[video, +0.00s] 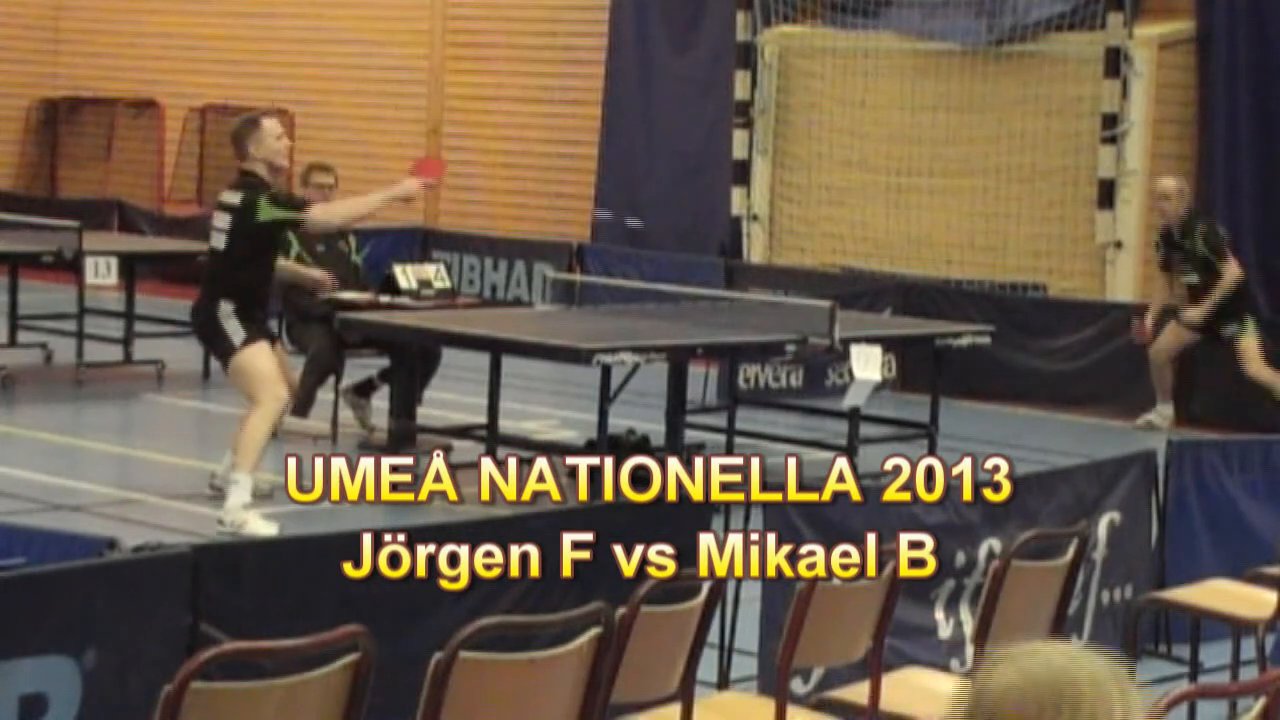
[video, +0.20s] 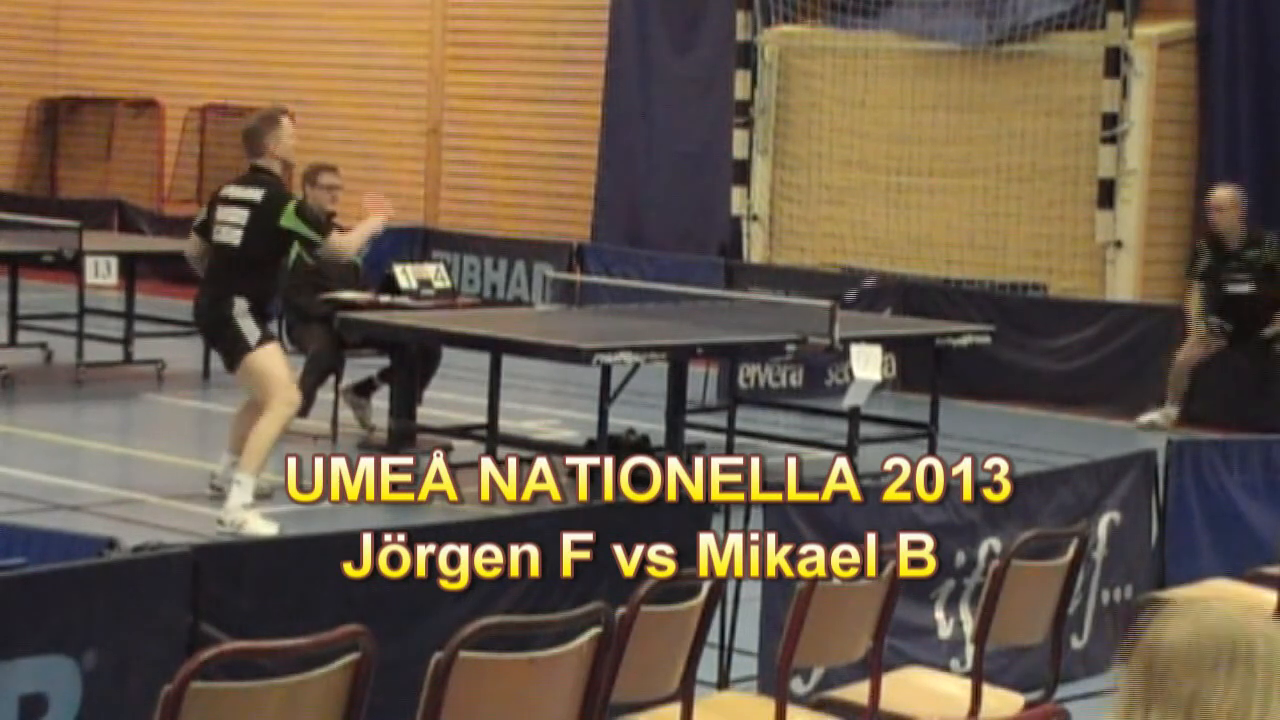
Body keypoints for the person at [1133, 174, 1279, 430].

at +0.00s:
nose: (1162, 205)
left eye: (1168, 199)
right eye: (1159, 199)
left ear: (1184, 200)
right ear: (1155, 202)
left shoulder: (1205, 230)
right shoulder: (1166, 237)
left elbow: (1233, 272)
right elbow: (1166, 286)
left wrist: (1202, 309)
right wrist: (1150, 317)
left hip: (1234, 310)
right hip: (1199, 310)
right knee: (1158, 352)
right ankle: (1164, 411)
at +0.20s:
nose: (1213, 217)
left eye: (1220, 210)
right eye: (1210, 210)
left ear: (1239, 212)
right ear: (1206, 212)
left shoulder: (1265, 244)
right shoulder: (1207, 248)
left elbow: (1276, 286)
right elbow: (1195, 291)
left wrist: (1275, 319)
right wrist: (1196, 325)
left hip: (1265, 321)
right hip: (1224, 321)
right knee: (1184, 358)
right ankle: (1171, 410)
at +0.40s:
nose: (1253, 227)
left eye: (1259, 220)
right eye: (1250, 220)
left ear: (1275, 223)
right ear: (1244, 224)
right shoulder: (1241, 256)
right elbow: (1231, 306)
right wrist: (1248, 351)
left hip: (1274, 311)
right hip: (1250, 309)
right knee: (1201, 344)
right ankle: (1195, 413)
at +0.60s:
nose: (1249, 231)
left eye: (1256, 224)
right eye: (1247, 224)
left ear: (1275, 227)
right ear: (1242, 226)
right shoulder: (1241, 264)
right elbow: (1210, 305)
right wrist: (1217, 350)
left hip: (1275, 332)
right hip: (1246, 328)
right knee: (1196, 344)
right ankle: (1182, 421)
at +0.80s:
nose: (1235, 225)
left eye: (1242, 218)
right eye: (1233, 218)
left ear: (1260, 222)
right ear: (1228, 221)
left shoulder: (1273, 254)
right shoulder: (1220, 250)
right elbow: (1194, 259)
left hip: (1270, 322)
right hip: (1232, 318)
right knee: (1189, 350)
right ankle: (1181, 423)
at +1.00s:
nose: (1260, 217)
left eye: (1268, 211)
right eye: (1259, 209)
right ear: (1255, 212)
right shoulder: (1246, 247)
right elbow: (1212, 279)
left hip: (1275, 322)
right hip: (1250, 319)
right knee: (1207, 358)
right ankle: (1185, 422)